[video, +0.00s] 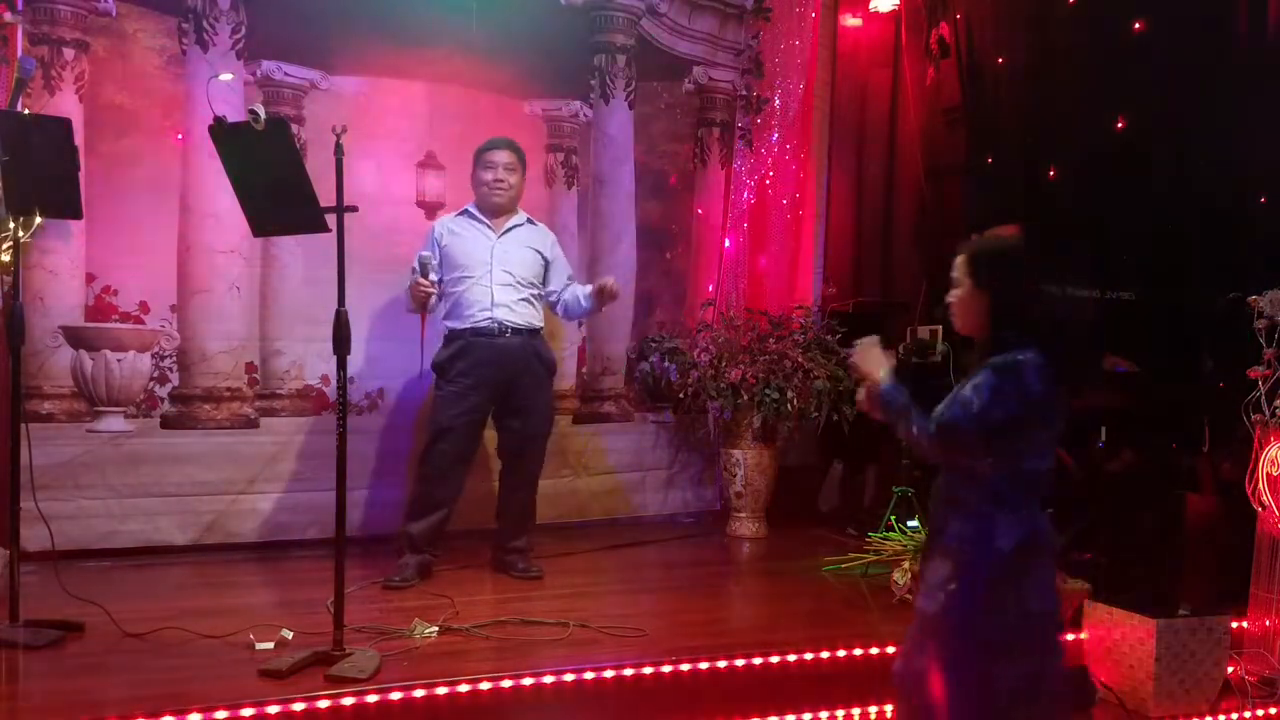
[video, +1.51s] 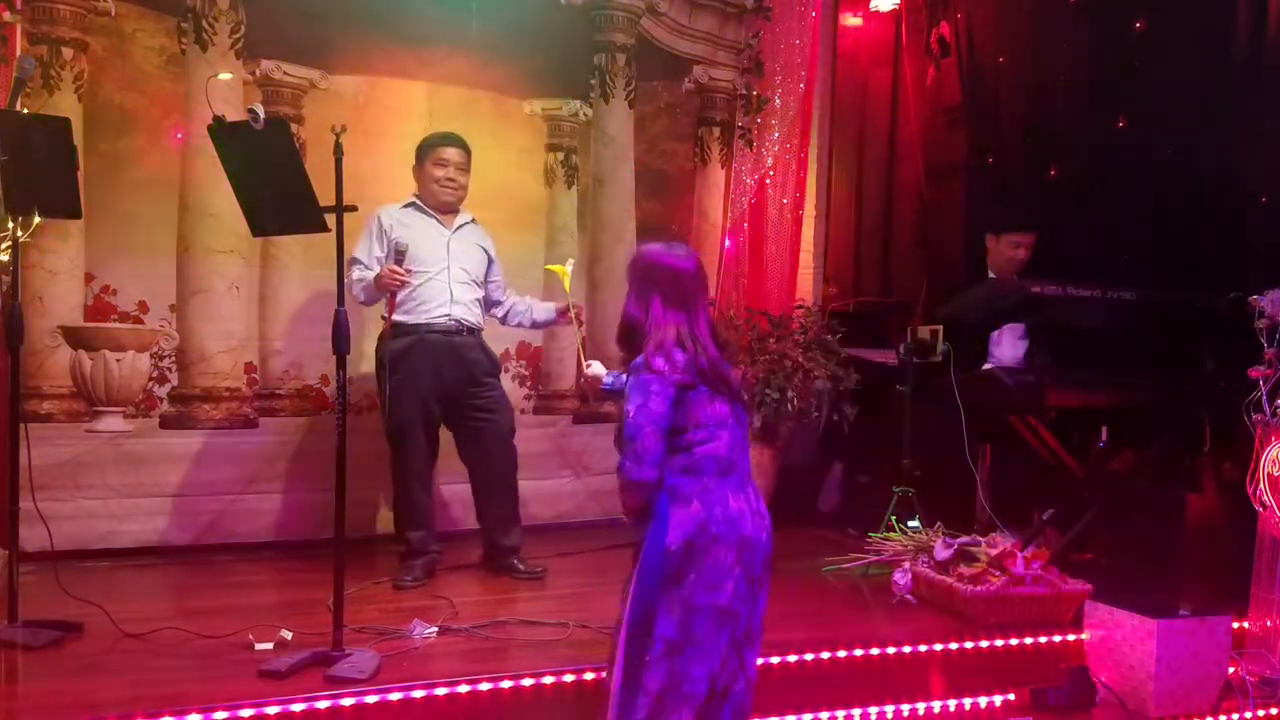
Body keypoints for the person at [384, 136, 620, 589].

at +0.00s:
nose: (498, 176)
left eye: (509, 169)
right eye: (488, 168)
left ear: (523, 181)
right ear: (473, 176)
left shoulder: (541, 236)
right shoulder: (445, 229)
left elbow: (564, 299)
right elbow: (419, 294)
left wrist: (593, 294)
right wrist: (418, 293)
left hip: (527, 353)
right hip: (467, 352)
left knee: (524, 456)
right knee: (446, 448)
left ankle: (513, 549)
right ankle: (417, 552)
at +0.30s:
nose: (509, 177)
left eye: (519, 172)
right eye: (499, 168)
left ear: (529, 184)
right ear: (480, 176)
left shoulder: (544, 239)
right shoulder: (447, 227)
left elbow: (566, 300)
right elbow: (417, 291)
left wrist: (587, 275)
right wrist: (419, 286)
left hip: (525, 353)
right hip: (465, 352)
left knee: (522, 458)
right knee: (444, 451)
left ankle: (513, 550)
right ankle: (417, 552)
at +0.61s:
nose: (519, 185)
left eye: (526, 179)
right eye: (511, 174)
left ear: (529, 187)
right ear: (481, 175)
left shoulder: (536, 238)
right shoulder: (439, 223)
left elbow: (557, 302)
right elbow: (412, 285)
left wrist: (575, 295)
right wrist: (420, 289)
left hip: (522, 355)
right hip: (462, 353)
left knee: (522, 459)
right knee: (444, 453)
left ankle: (514, 550)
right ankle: (421, 557)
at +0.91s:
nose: (500, 185)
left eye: (505, 178)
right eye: (493, 174)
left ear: (506, 184)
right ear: (460, 172)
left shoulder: (512, 239)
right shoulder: (417, 219)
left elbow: (528, 307)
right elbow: (386, 284)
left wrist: (564, 340)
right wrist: (404, 290)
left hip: (495, 354)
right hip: (436, 352)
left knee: (508, 458)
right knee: (427, 461)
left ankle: (511, 551)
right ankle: (419, 558)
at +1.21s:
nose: (463, 178)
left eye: (473, 171)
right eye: (452, 167)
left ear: (480, 182)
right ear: (429, 172)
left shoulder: (484, 239)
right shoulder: (398, 221)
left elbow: (500, 311)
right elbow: (362, 281)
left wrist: (543, 348)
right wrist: (381, 287)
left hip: (470, 351)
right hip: (412, 349)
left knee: (496, 435)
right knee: (413, 450)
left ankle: (494, 550)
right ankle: (417, 555)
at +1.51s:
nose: (451, 175)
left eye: (461, 168)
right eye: (441, 164)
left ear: (469, 179)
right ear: (418, 172)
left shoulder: (478, 236)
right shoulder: (389, 221)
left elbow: (501, 304)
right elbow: (359, 289)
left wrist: (555, 312)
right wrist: (377, 282)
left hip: (469, 351)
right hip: (410, 350)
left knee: (496, 446)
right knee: (412, 454)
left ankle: (503, 550)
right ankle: (418, 554)